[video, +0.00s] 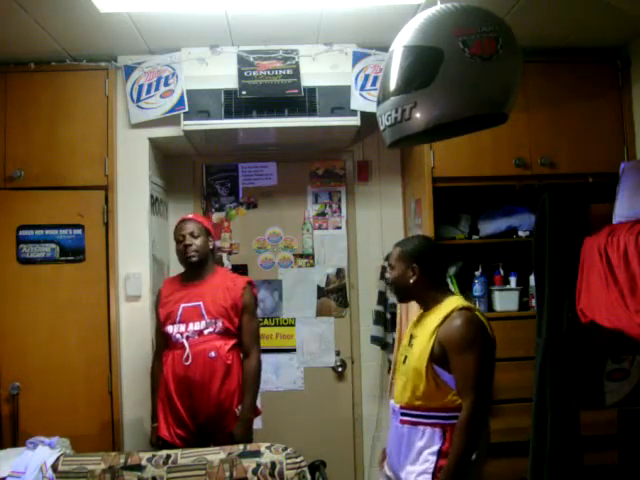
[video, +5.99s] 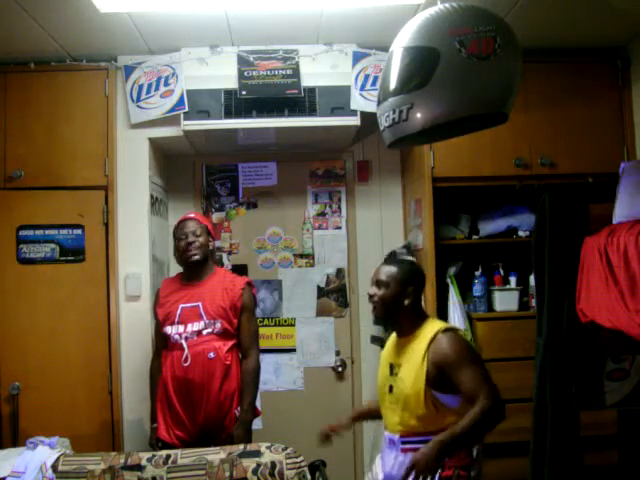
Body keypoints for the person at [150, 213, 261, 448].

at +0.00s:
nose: (186, 242)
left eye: (194, 236)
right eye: (180, 239)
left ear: (210, 241)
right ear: (176, 248)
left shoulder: (238, 287)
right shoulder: (167, 290)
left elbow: (251, 354)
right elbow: (160, 353)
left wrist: (246, 416)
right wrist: (157, 417)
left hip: (225, 415)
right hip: (176, 417)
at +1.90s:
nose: (187, 241)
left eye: (195, 234)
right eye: (180, 238)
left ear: (211, 242)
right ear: (176, 248)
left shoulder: (237, 288)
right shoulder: (167, 289)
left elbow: (251, 355)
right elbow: (160, 355)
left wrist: (245, 417)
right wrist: (157, 419)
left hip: (225, 416)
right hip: (176, 416)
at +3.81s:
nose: (186, 241)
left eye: (194, 235)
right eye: (179, 238)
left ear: (210, 242)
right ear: (176, 248)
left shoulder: (237, 288)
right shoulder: (166, 290)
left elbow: (251, 355)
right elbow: (159, 355)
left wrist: (245, 419)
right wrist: (157, 419)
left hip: (225, 416)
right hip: (176, 417)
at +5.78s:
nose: (186, 242)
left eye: (194, 236)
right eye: (179, 238)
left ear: (210, 242)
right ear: (175, 247)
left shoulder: (237, 288)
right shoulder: (166, 290)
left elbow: (250, 355)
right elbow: (159, 356)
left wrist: (245, 418)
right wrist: (156, 420)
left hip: (224, 416)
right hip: (175, 417)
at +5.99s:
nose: (189, 241)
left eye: (196, 234)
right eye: (181, 237)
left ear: (211, 242)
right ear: (175, 249)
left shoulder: (236, 288)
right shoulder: (166, 290)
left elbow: (250, 355)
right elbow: (159, 355)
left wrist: (245, 418)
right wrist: (156, 420)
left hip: (224, 417)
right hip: (175, 418)